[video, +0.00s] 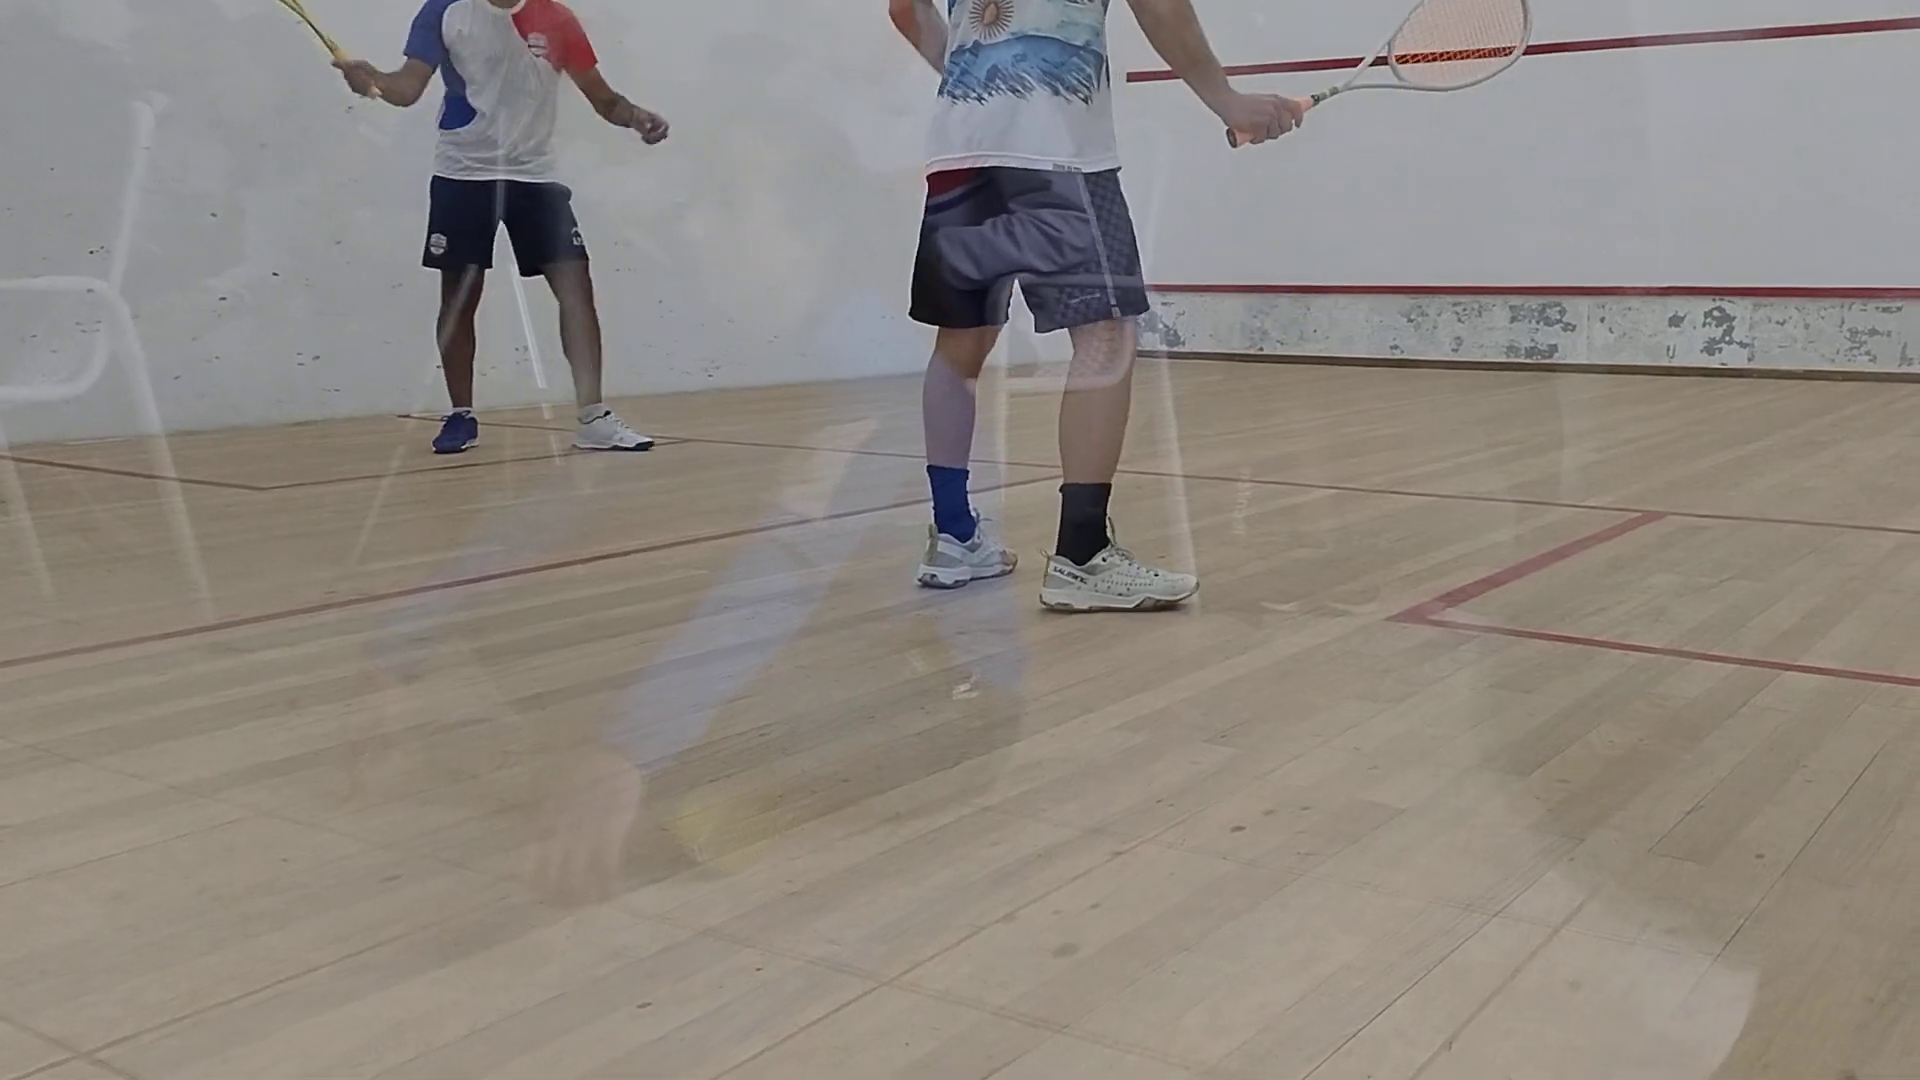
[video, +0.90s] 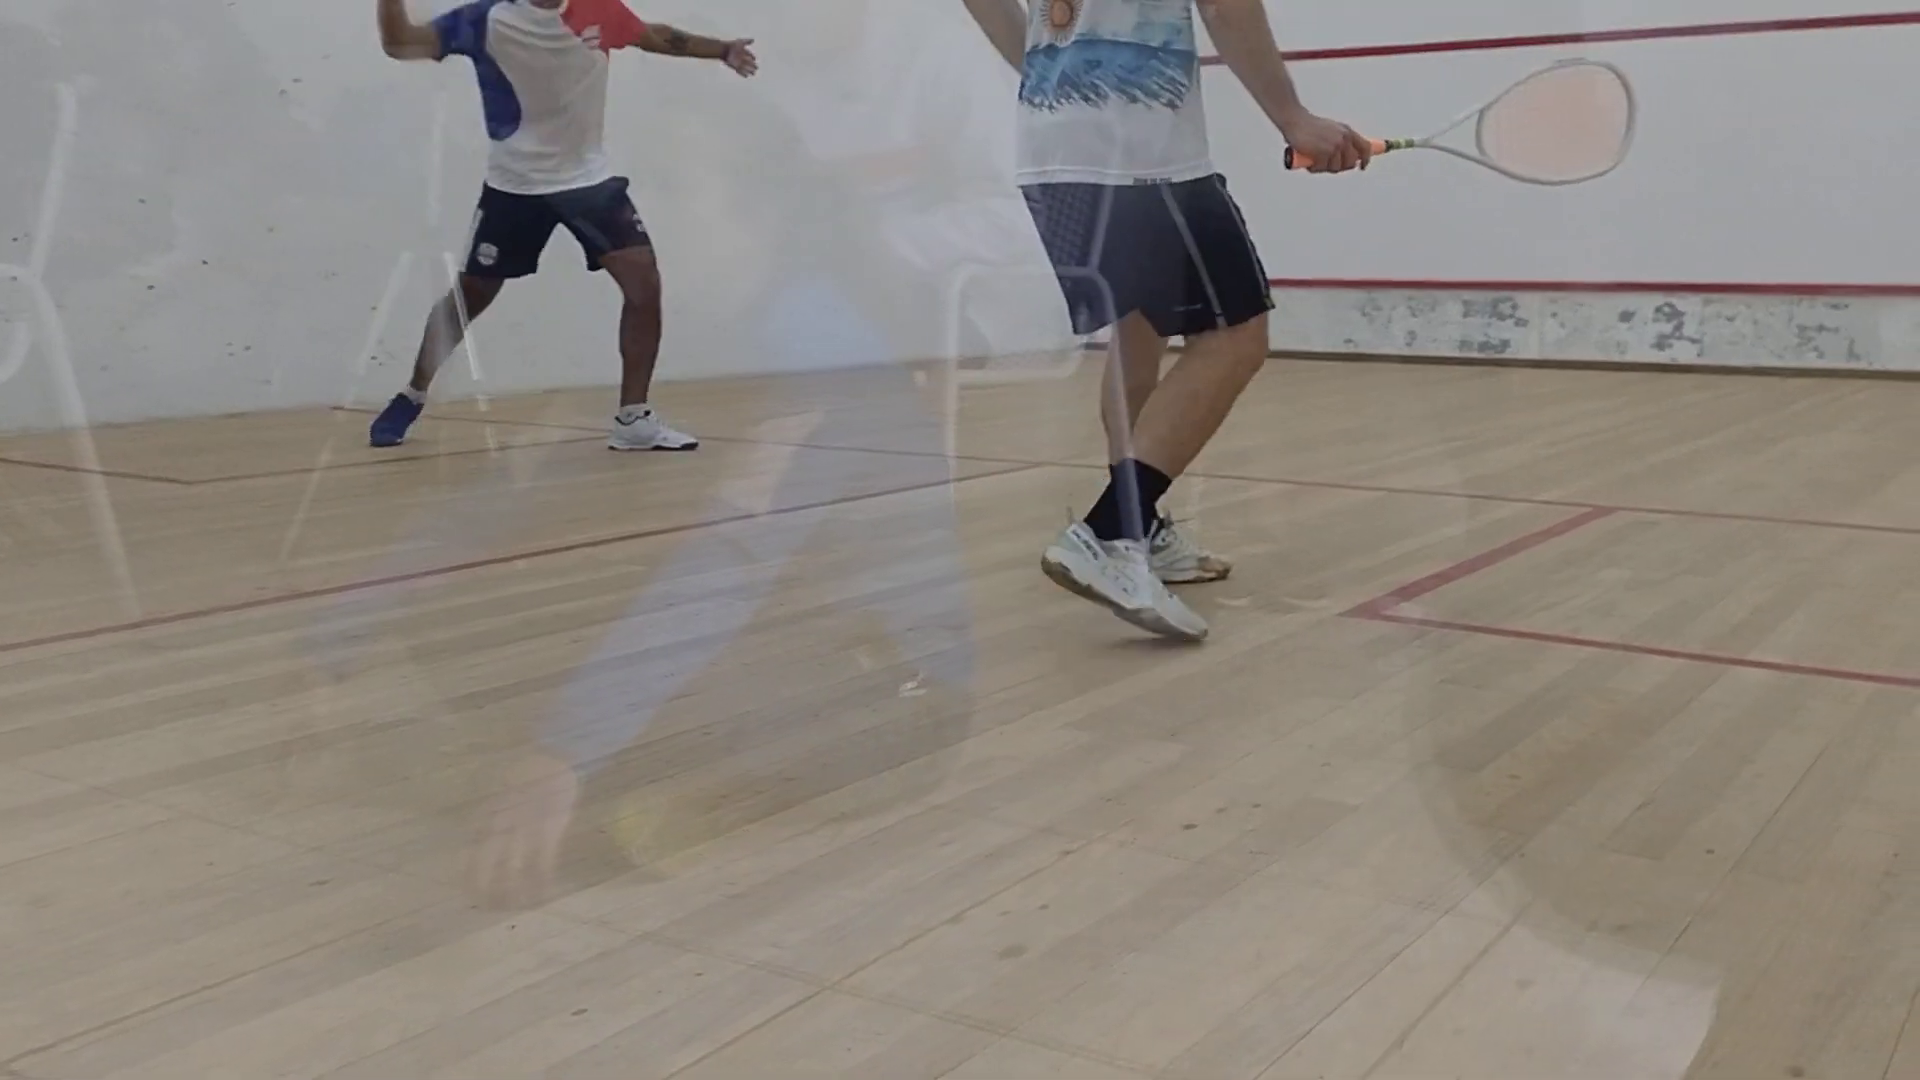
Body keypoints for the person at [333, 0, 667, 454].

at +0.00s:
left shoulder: (554, 17)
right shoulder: (443, 12)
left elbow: (603, 98)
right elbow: (407, 89)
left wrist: (636, 117)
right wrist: (372, 78)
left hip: (535, 173)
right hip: (463, 172)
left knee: (574, 279)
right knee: (461, 290)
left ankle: (592, 417)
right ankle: (460, 414)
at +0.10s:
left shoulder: (533, 13)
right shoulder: (423, 9)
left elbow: (576, 97)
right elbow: (376, 77)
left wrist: (602, 139)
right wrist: (336, 43)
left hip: (523, 170)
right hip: (450, 169)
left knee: (556, 286)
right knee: (450, 294)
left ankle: (563, 416)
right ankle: (453, 413)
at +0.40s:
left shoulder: (506, 3)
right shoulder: (389, 6)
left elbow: (555, 73)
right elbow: (317, 51)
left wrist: (586, 103)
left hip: (500, 156)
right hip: (426, 160)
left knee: (536, 273)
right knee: (426, 284)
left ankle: (548, 406)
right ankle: (433, 408)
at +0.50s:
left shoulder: (509, 3)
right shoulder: (388, 6)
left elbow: (579, 65)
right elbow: (311, 43)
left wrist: (611, 42)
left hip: (503, 156)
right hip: (426, 161)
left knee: (544, 270)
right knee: (423, 281)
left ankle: (564, 403)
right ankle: (425, 407)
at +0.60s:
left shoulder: (518, 2)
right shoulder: (397, 6)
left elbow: (608, 41)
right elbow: (315, 35)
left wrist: (648, 13)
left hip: (510, 156)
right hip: (435, 161)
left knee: (559, 270)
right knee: (425, 284)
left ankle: (595, 403)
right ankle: (420, 407)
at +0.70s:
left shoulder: (536, 5)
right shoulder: (410, 8)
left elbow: (628, 28)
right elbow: (325, 26)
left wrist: (700, 14)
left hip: (529, 163)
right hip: (452, 168)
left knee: (582, 278)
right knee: (428, 292)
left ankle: (622, 405)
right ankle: (417, 410)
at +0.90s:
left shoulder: (598, 11)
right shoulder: (486, 19)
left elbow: (658, 37)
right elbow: (399, 40)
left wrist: (722, 49)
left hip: (588, 178)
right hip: (514, 184)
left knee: (643, 284)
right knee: (471, 296)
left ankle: (633, 417)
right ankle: (412, 395)